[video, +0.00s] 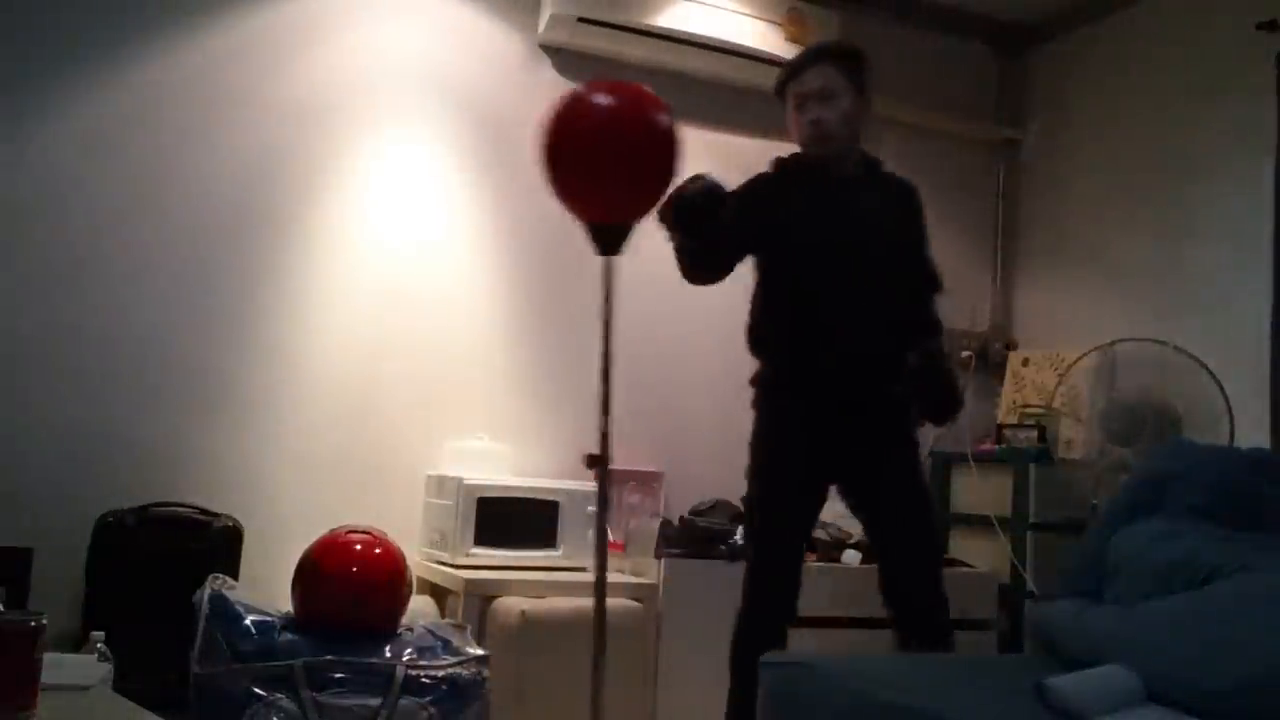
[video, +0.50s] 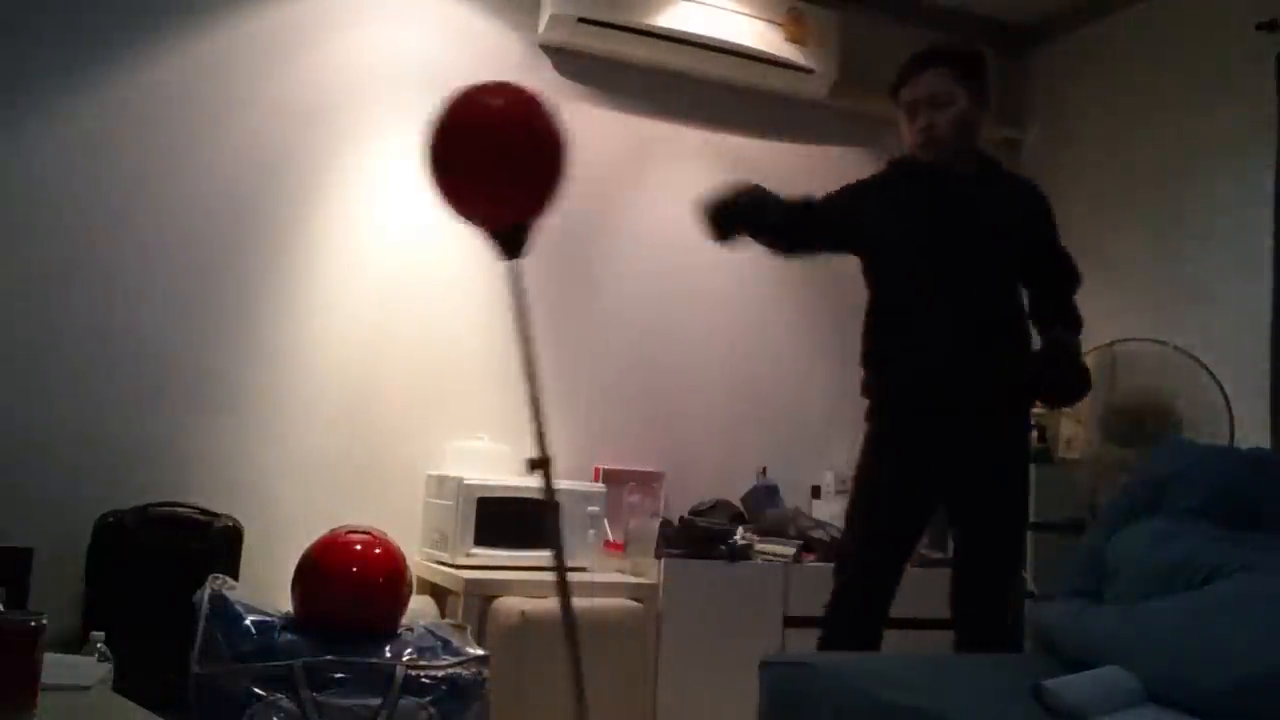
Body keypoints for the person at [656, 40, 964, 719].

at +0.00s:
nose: (812, 113)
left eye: (826, 98)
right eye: (800, 102)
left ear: (859, 106)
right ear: (788, 116)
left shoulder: (894, 197)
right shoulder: (772, 191)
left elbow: (916, 299)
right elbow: (705, 263)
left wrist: (934, 377)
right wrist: (695, 204)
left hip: (876, 409)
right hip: (792, 411)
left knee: (915, 566)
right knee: (772, 576)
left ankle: (936, 709)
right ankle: (747, 711)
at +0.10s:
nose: (842, 117)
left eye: (858, 101)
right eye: (829, 105)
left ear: (894, 109)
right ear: (817, 118)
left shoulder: (929, 202)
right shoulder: (801, 198)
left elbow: (955, 305)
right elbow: (721, 283)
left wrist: (974, 380)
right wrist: (731, 232)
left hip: (904, 411)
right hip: (817, 412)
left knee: (939, 586)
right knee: (786, 588)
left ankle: (972, 716)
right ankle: (752, 715)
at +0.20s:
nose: (876, 118)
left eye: (892, 104)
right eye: (864, 106)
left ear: (927, 113)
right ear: (851, 117)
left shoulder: (962, 204)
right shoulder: (831, 204)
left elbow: (996, 297)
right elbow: (752, 293)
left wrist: (1005, 373)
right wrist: (750, 249)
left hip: (936, 420)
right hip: (845, 421)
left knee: (952, 597)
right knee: (809, 592)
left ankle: (968, 718)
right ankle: (767, 711)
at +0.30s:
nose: (908, 117)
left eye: (923, 101)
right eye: (893, 106)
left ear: (954, 108)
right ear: (878, 120)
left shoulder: (989, 201)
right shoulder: (857, 198)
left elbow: (1024, 293)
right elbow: (773, 268)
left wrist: (1033, 359)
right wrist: (742, 241)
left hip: (960, 412)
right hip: (870, 413)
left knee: (964, 586)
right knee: (831, 579)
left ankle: (971, 707)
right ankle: (805, 705)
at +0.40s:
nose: (915, 119)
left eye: (931, 103)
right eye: (903, 106)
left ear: (966, 112)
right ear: (890, 119)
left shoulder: (1001, 199)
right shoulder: (870, 194)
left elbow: (1043, 283)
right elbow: (789, 215)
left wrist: (1052, 347)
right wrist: (714, 200)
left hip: (982, 423)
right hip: (891, 422)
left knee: (982, 604)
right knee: (849, 596)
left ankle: (983, 718)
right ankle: (817, 717)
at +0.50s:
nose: (923, 121)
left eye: (938, 104)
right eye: (910, 111)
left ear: (976, 109)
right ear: (899, 124)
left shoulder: (1017, 199)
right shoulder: (886, 195)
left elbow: (1053, 286)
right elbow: (810, 223)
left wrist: (1062, 356)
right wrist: (751, 211)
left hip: (994, 419)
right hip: (904, 418)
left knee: (989, 594)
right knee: (861, 585)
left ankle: (990, 712)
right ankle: (829, 710)